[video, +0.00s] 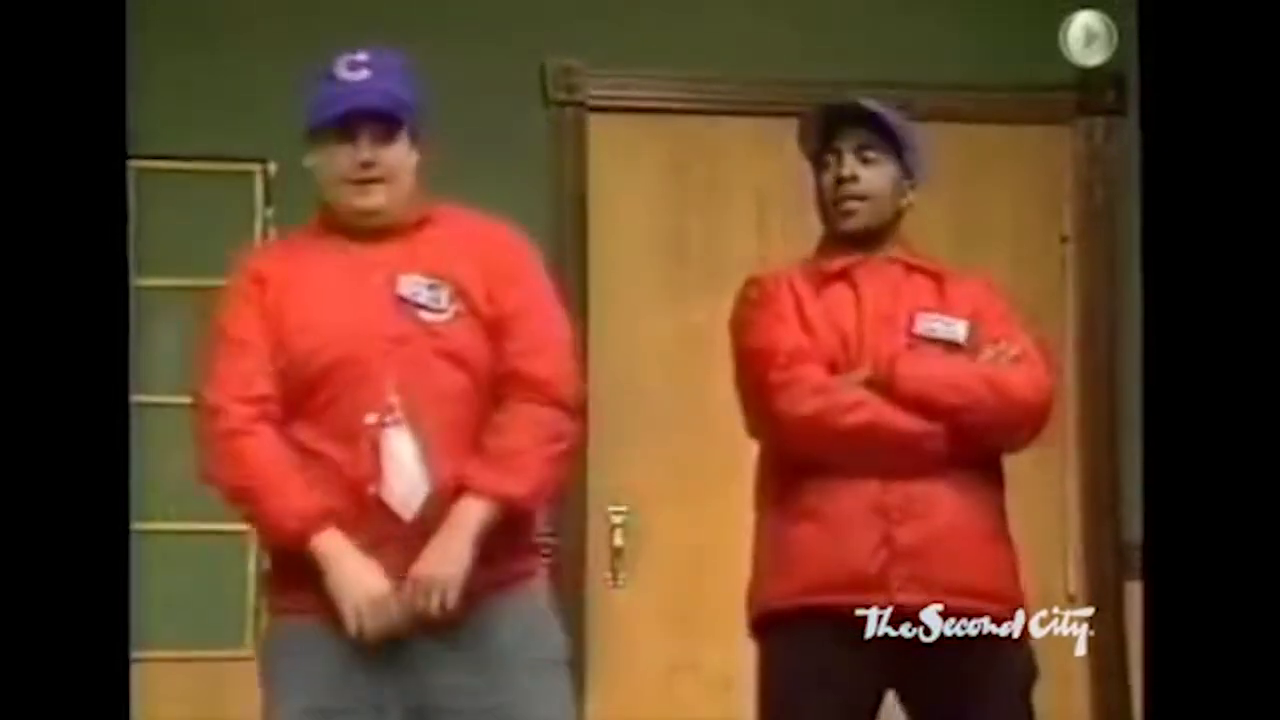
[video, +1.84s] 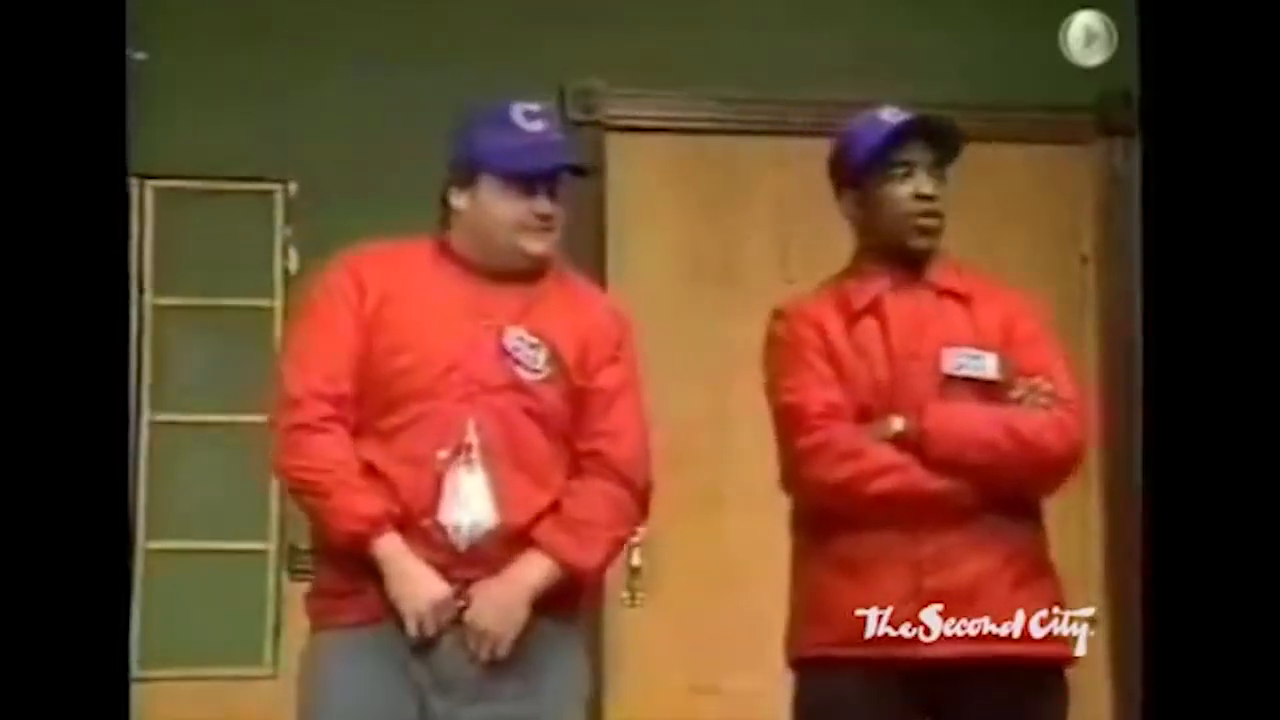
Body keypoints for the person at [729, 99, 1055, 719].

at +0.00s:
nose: (845, 171)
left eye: (868, 155)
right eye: (831, 159)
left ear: (907, 186)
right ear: (817, 185)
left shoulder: (969, 295)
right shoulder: (775, 294)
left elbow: (1025, 400)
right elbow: (791, 412)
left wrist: (883, 378)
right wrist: (957, 431)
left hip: (966, 607)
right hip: (816, 607)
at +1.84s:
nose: (928, 190)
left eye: (936, 173)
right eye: (901, 174)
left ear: (949, 188)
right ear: (852, 199)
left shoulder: (1006, 310)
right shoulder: (807, 321)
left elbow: (1057, 442)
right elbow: (820, 470)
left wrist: (909, 430)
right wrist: (994, 468)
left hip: (1003, 640)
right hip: (857, 645)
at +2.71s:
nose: (924, 198)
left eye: (933, 182)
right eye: (901, 179)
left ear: (944, 197)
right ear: (850, 201)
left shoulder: (987, 327)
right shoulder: (787, 316)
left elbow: (1020, 462)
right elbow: (789, 457)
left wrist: (880, 427)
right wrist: (956, 486)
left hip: (960, 647)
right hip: (809, 646)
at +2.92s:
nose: (905, 200)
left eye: (915, 183)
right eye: (881, 183)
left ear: (928, 196)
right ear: (835, 203)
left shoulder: (981, 321)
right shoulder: (779, 321)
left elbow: (1018, 450)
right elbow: (784, 463)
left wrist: (875, 427)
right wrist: (957, 473)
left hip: (967, 650)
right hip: (815, 652)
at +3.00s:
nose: (899, 201)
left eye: (910, 183)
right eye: (876, 184)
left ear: (923, 198)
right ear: (833, 204)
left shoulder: (979, 319)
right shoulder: (779, 324)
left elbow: (1023, 446)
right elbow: (788, 464)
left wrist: (878, 427)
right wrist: (962, 466)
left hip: (971, 649)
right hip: (819, 651)